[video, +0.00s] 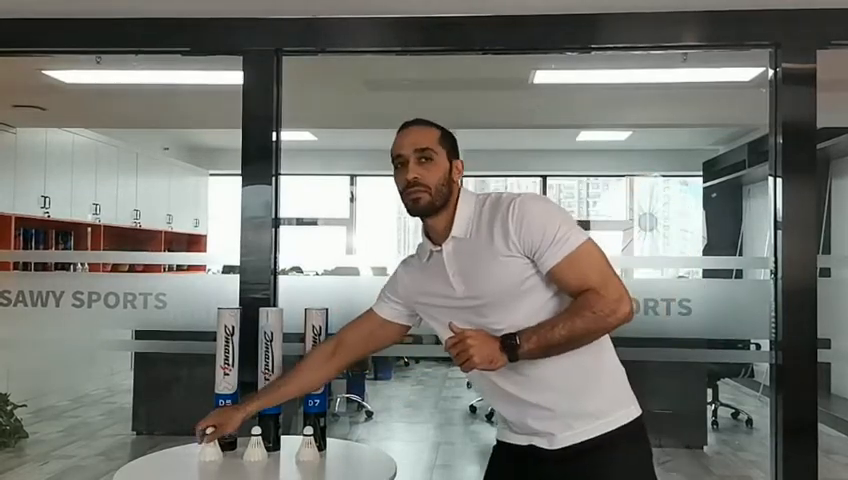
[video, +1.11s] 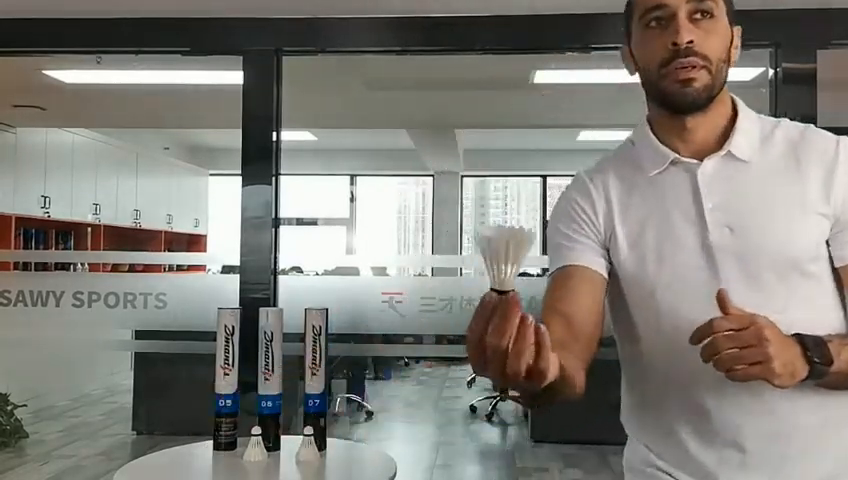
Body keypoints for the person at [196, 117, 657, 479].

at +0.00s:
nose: (411, 174)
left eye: (424, 159)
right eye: (400, 164)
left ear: (456, 168)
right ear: (394, 178)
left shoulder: (523, 215)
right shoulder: (412, 279)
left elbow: (612, 303)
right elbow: (335, 354)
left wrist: (509, 347)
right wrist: (246, 408)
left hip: (605, 439)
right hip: (520, 448)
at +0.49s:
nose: (459, 118)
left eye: (477, 104)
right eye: (450, 106)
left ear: (510, 124)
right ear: (442, 124)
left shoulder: (577, 197)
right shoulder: (445, 239)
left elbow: (656, 311)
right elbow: (409, 351)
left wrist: (534, 339)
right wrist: (307, 393)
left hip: (621, 448)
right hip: (525, 453)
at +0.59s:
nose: (498, 107)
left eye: (517, 95)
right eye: (487, 95)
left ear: (549, 119)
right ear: (476, 118)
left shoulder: (615, 202)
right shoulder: (466, 236)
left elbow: (691, 327)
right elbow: (435, 360)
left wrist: (568, 350)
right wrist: (352, 403)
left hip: (640, 461)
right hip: (535, 464)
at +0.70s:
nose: (547, 100)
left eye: (567, 87)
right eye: (532, 87)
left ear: (596, 112)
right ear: (517, 111)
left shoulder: (665, 207)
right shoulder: (497, 234)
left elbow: (739, 343)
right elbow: (470, 364)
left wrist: (617, 362)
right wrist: (395, 410)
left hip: (673, 463)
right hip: (562, 465)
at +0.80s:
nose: (595, 89)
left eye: (614, 75)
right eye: (577, 76)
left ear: (640, 99)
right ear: (556, 101)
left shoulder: (718, 200)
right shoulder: (530, 228)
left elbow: (796, 347)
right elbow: (502, 371)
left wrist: (674, 367)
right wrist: (445, 405)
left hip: (720, 467)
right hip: (599, 469)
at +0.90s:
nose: (633, 72)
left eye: (652, 56)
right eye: (612, 60)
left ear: (679, 84)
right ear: (589, 90)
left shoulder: (764, 189)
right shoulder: (556, 219)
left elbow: (840, 336)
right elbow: (530, 372)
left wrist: (732, 363)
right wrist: (486, 388)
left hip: (758, 466)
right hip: (625, 468)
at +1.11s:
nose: (683, 36)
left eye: (702, 16)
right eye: (657, 21)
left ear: (733, 41)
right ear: (629, 55)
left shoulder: (827, 161)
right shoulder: (595, 196)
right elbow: (565, 362)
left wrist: (805, 356)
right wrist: (527, 365)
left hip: (817, 466)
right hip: (669, 469)